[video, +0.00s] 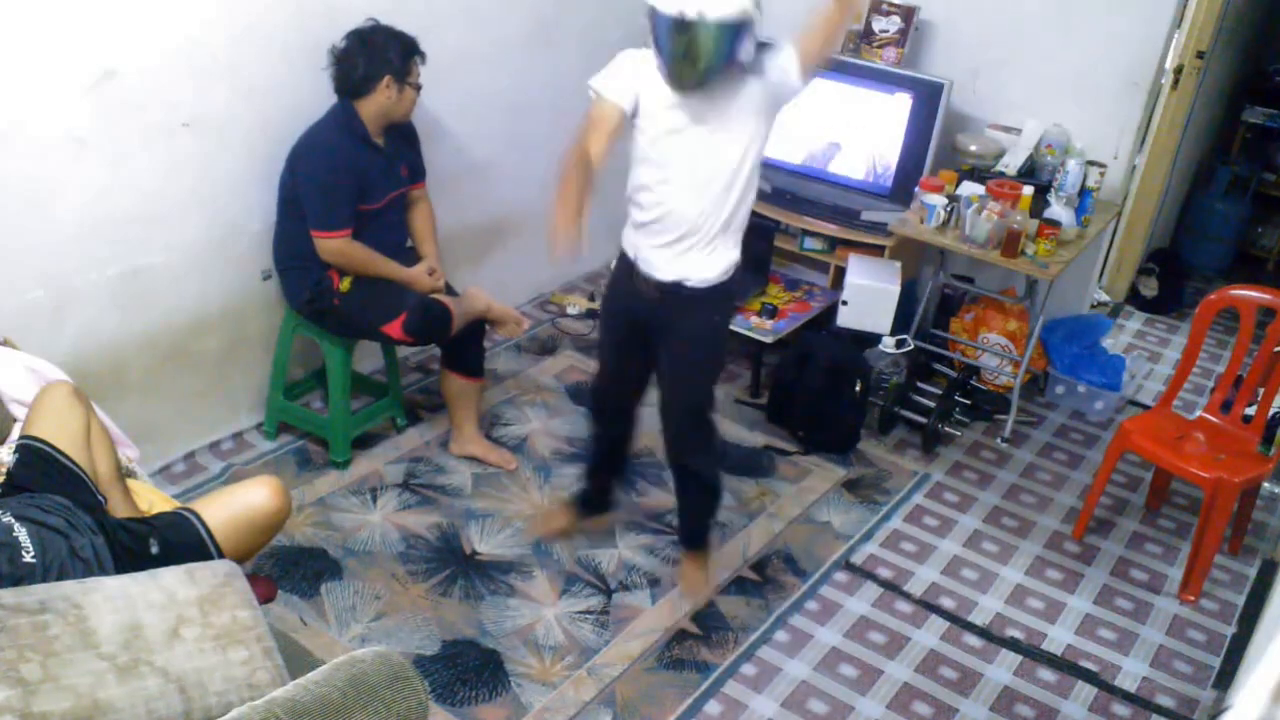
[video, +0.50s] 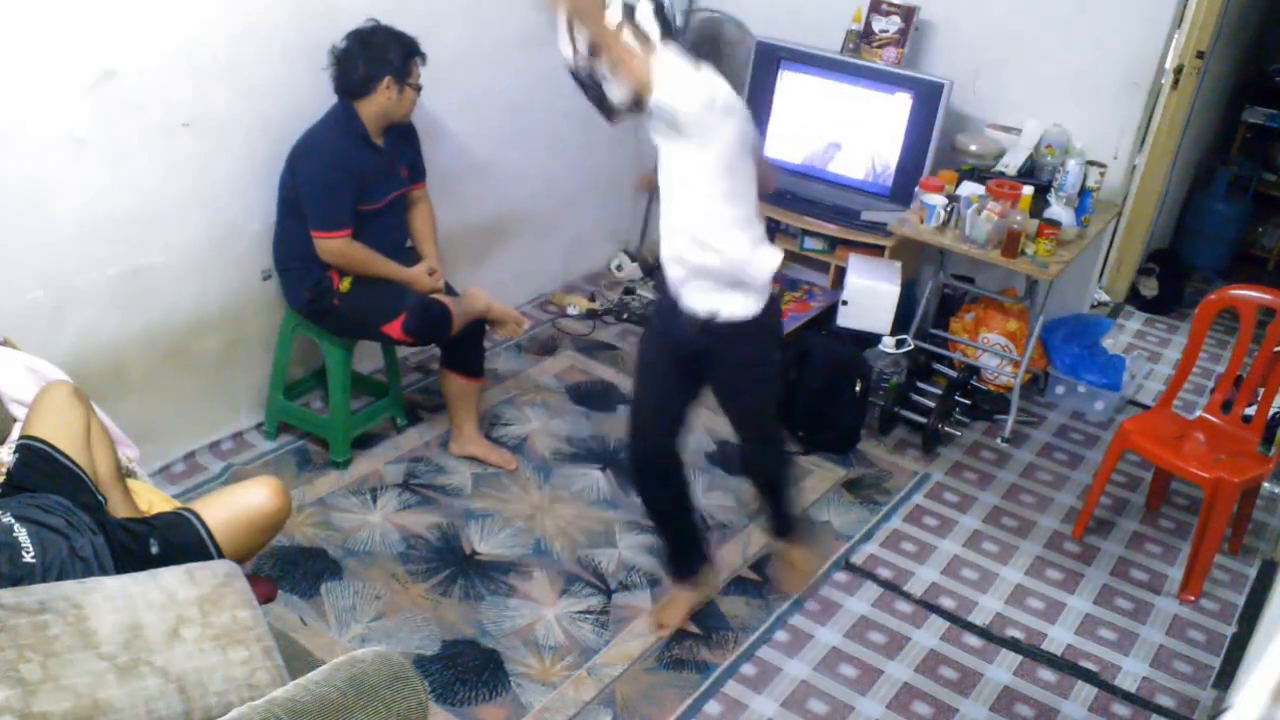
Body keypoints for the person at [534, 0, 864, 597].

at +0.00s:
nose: (693, 61)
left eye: (712, 46)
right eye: (681, 43)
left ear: (740, 38)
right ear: (663, 30)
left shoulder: (764, 81)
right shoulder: (637, 71)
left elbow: (835, 22)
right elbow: (588, 148)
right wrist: (570, 212)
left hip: (703, 291)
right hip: (635, 275)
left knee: (686, 422)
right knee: (611, 399)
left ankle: (694, 546)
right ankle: (592, 500)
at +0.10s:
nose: (666, 83)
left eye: (679, 69)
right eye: (655, 68)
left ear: (710, 50)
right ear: (643, 49)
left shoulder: (753, 81)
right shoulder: (635, 85)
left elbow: (787, 10)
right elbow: (596, 194)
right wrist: (568, 275)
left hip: (697, 299)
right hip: (629, 278)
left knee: (673, 418)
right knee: (591, 406)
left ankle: (673, 511)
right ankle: (562, 523)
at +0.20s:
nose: (627, 86)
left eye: (638, 68)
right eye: (617, 73)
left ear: (679, 61)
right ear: (614, 74)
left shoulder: (730, 114)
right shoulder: (638, 143)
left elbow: (718, 22)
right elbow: (610, 232)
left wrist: (695, 9)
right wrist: (555, 308)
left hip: (693, 336)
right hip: (624, 316)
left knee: (656, 444)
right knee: (568, 440)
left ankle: (643, 497)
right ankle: (556, 551)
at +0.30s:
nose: (611, 80)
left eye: (615, 64)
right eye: (604, 69)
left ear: (651, 47)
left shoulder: (720, 90)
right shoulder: (646, 138)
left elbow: (679, 4)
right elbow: (635, 229)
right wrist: (570, 288)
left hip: (716, 320)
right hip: (648, 306)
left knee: (673, 432)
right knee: (606, 431)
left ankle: (650, 498)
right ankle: (565, 548)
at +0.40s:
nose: (630, 86)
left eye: (628, 73)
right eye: (624, 77)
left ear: (646, 51)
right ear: (633, 65)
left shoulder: (704, 77)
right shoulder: (656, 111)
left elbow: (642, 3)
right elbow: (687, 187)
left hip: (741, 299)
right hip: (676, 287)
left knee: (725, 430)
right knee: (628, 421)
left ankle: (724, 518)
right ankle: (641, 547)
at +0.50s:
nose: (624, 69)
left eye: (630, 57)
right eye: (618, 60)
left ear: (664, 53)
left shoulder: (712, 100)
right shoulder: (672, 110)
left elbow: (617, 50)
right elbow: (755, 181)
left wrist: (587, 15)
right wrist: (667, 180)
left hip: (741, 314)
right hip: (679, 305)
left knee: (760, 441)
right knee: (650, 448)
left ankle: (791, 535)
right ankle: (692, 571)